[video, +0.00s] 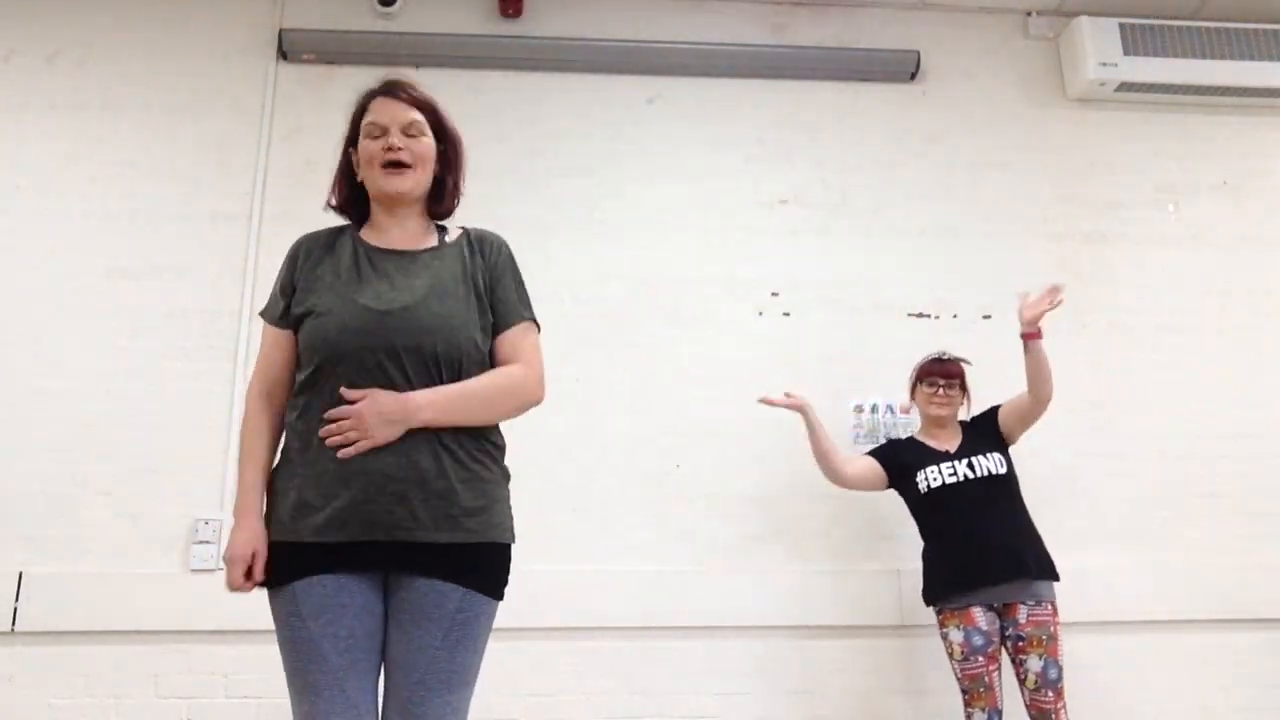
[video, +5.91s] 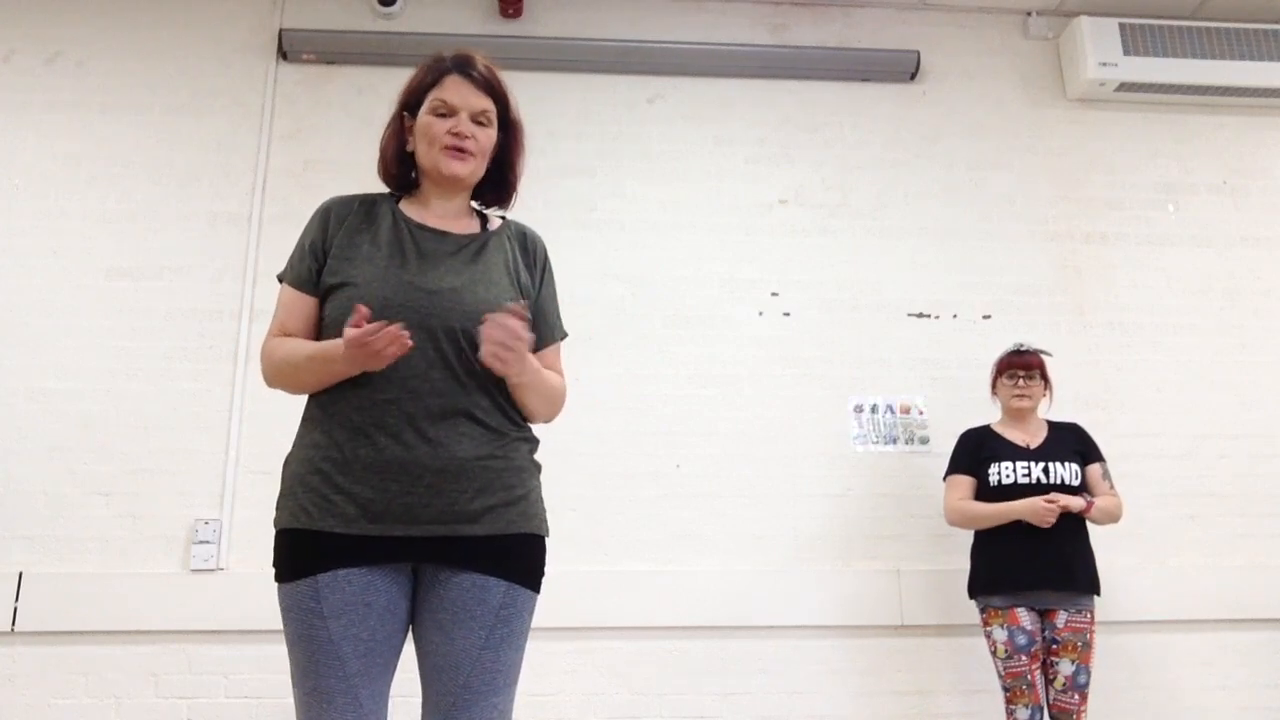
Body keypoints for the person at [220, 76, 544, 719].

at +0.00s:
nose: (394, 143)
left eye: (413, 132)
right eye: (376, 133)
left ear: (440, 156)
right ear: (355, 160)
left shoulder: (483, 255)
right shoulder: (311, 257)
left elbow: (526, 380)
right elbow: (267, 396)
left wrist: (409, 408)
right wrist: (248, 517)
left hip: (454, 536)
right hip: (317, 536)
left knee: (429, 714)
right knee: (331, 714)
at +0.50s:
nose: (403, 144)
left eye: (420, 132)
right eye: (383, 132)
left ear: (446, 156)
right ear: (359, 156)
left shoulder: (480, 264)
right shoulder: (308, 250)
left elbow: (519, 396)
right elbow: (254, 375)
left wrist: (444, 388)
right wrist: (284, 415)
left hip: (448, 534)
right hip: (310, 531)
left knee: (423, 714)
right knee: (324, 713)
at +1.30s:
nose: (447, 129)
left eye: (463, 119)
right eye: (426, 120)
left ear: (486, 146)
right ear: (398, 149)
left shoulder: (523, 256)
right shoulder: (347, 236)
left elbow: (556, 410)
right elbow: (291, 363)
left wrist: (550, 382)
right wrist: (324, 383)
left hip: (492, 524)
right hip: (349, 522)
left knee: (478, 714)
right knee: (352, 713)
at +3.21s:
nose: (446, 124)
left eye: (466, 117)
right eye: (429, 111)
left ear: (485, 148)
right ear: (397, 133)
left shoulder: (513, 250)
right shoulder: (332, 230)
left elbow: (547, 400)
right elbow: (271, 375)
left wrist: (502, 333)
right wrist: (339, 323)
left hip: (486, 527)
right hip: (334, 521)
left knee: (472, 714)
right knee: (336, 713)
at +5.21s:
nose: (459, 122)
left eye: (480, 115)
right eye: (442, 107)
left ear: (498, 147)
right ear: (411, 125)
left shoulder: (519, 252)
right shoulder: (339, 220)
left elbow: (542, 410)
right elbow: (268, 360)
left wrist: (542, 356)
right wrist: (312, 350)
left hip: (492, 522)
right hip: (342, 517)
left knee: (478, 714)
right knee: (341, 713)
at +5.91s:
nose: (461, 129)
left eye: (481, 119)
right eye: (443, 112)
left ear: (498, 142)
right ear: (410, 127)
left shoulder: (522, 249)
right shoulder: (340, 222)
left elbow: (549, 405)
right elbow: (277, 361)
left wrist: (520, 368)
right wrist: (344, 357)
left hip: (489, 521)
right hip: (339, 514)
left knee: (473, 714)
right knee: (338, 713)